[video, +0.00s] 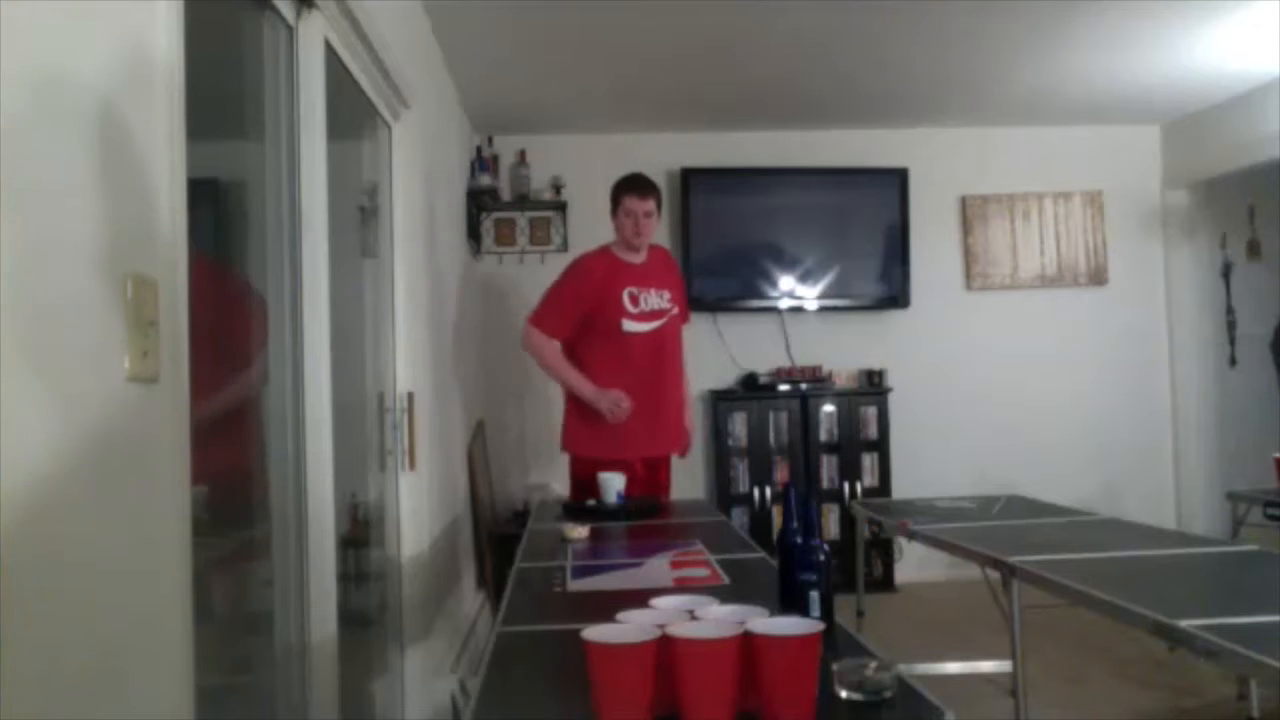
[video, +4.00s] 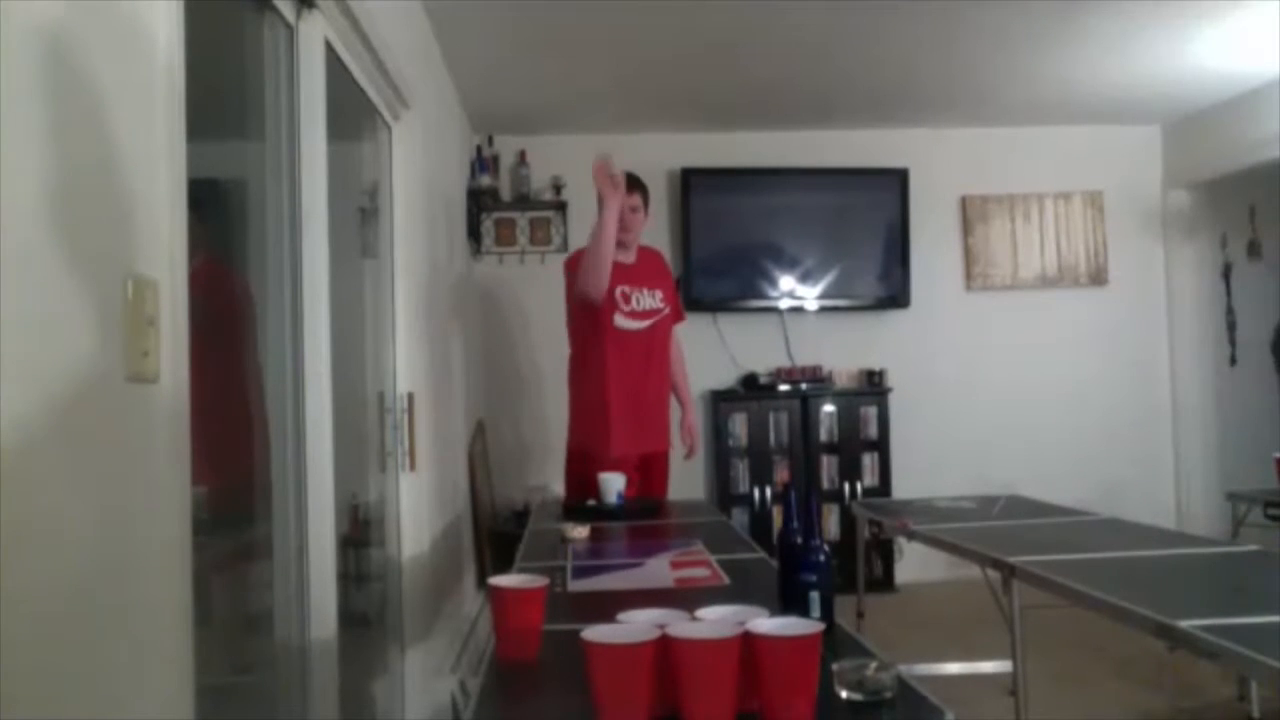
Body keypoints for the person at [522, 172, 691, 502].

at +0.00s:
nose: (639, 225)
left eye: (648, 216)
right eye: (629, 215)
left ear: (658, 219)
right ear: (614, 218)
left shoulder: (666, 266)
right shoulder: (590, 269)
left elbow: (674, 345)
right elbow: (536, 336)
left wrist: (683, 412)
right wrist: (593, 394)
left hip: (656, 439)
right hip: (599, 442)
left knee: (651, 546)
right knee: (600, 546)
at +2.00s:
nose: (634, 243)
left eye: (642, 234)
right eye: (625, 233)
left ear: (652, 237)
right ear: (610, 234)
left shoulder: (661, 280)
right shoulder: (584, 281)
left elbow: (671, 355)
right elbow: (572, 370)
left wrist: (679, 421)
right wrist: (596, 441)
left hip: (646, 440)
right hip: (594, 443)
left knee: (647, 535)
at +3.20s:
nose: (623, 229)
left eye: (632, 220)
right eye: (613, 220)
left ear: (644, 225)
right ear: (599, 224)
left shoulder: (657, 272)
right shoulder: (576, 279)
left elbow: (669, 348)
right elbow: (564, 361)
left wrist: (681, 413)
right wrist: (601, 388)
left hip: (647, 438)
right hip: (593, 442)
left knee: (648, 540)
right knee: (594, 541)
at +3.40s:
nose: (623, 229)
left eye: (632, 220)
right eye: (614, 220)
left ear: (644, 225)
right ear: (599, 224)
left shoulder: (656, 272)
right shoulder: (577, 277)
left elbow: (667, 347)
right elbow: (568, 355)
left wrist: (680, 412)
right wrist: (608, 344)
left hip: (647, 435)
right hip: (593, 438)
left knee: (648, 542)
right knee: (594, 542)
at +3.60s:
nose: (624, 229)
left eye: (632, 220)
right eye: (614, 220)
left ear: (644, 225)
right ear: (600, 224)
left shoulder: (654, 270)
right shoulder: (578, 276)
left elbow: (667, 347)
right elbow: (579, 343)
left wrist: (681, 412)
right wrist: (610, 287)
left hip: (647, 434)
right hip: (594, 435)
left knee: (648, 542)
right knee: (594, 542)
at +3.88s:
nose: (625, 226)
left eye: (633, 216)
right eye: (616, 216)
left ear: (646, 222)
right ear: (602, 219)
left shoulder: (655, 268)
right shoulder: (582, 270)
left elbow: (670, 345)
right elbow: (587, 319)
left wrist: (684, 411)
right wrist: (610, 242)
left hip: (648, 436)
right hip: (596, 438)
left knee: (649, 543)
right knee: (594, 548)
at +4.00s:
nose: (625, 219)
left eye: (633, 210)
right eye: (618, 211)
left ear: (646, 217)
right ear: (605, 216)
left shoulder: (655, 263)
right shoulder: (584, 263)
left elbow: (670, 341)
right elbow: (594, 290)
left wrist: (687, 407)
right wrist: (609, 206)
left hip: (650, 434)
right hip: (598, 435)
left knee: (650, 544)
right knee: (595, 545)